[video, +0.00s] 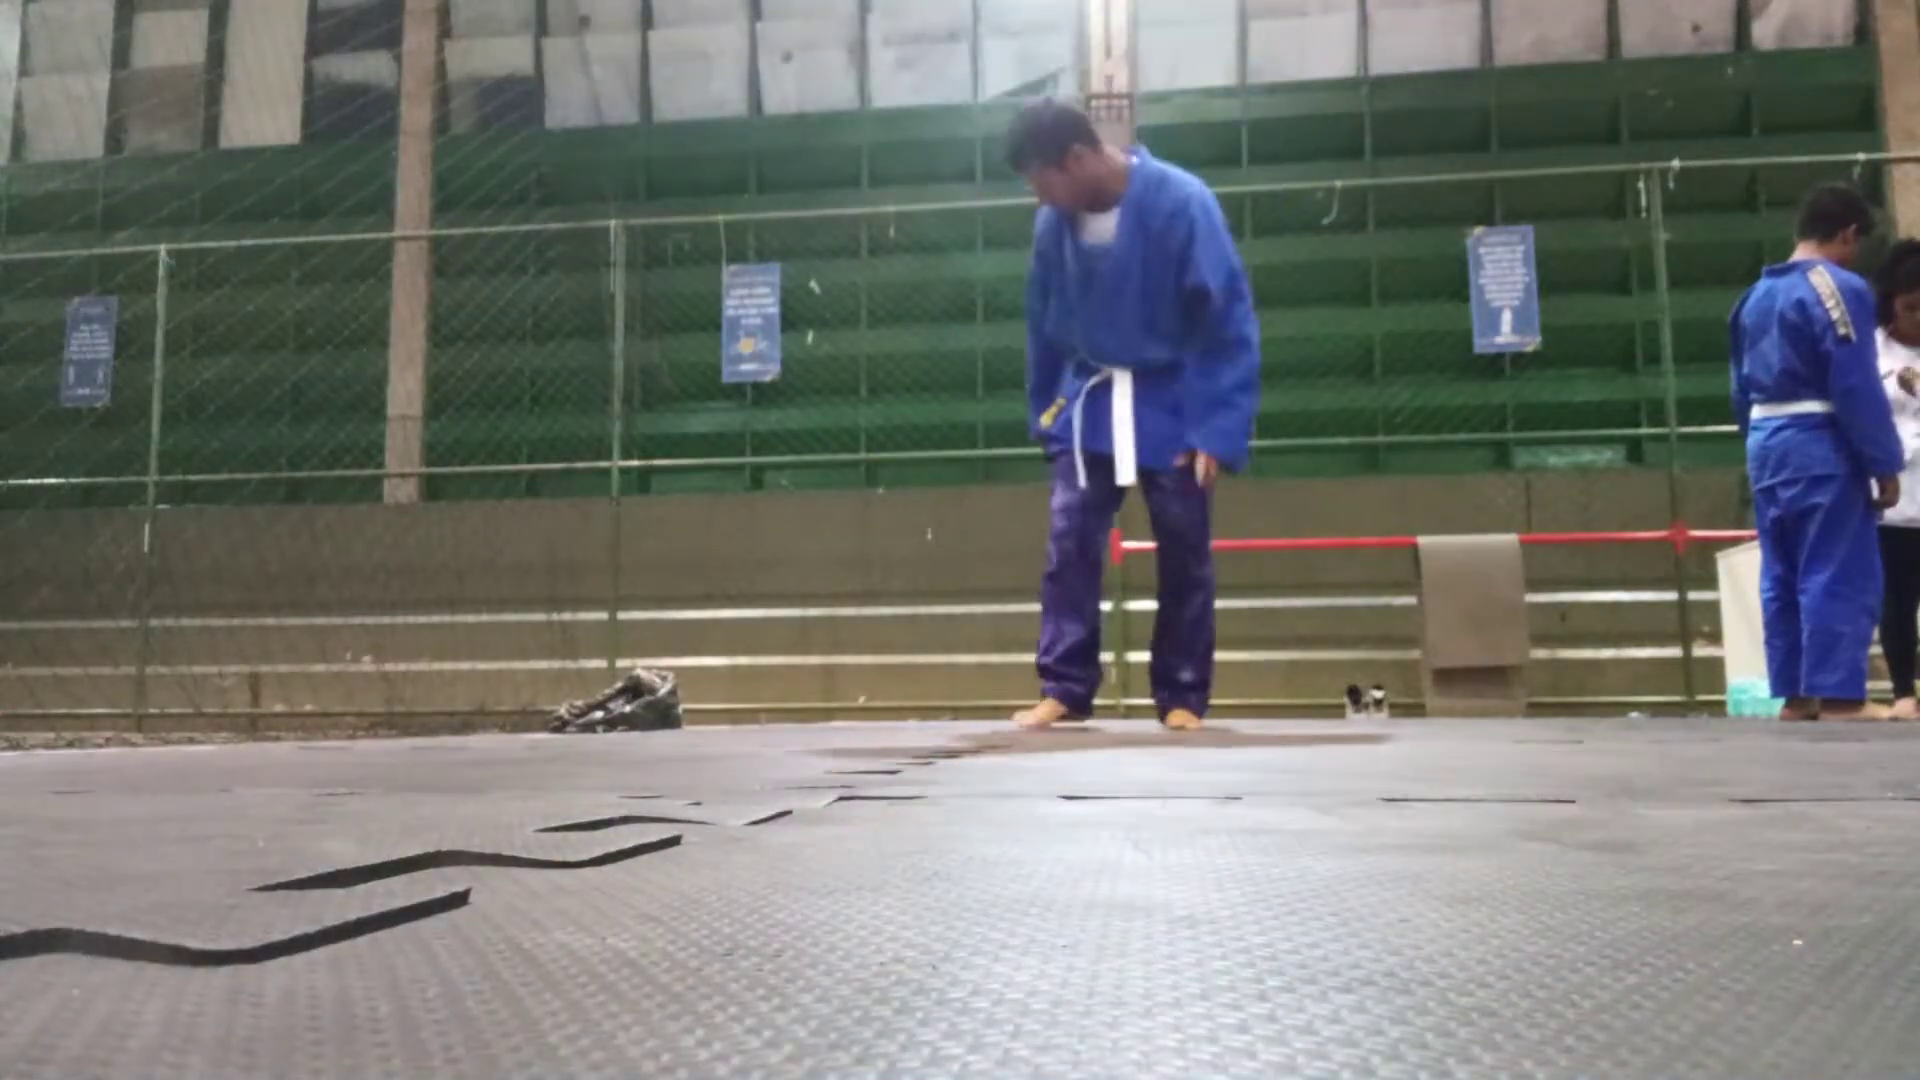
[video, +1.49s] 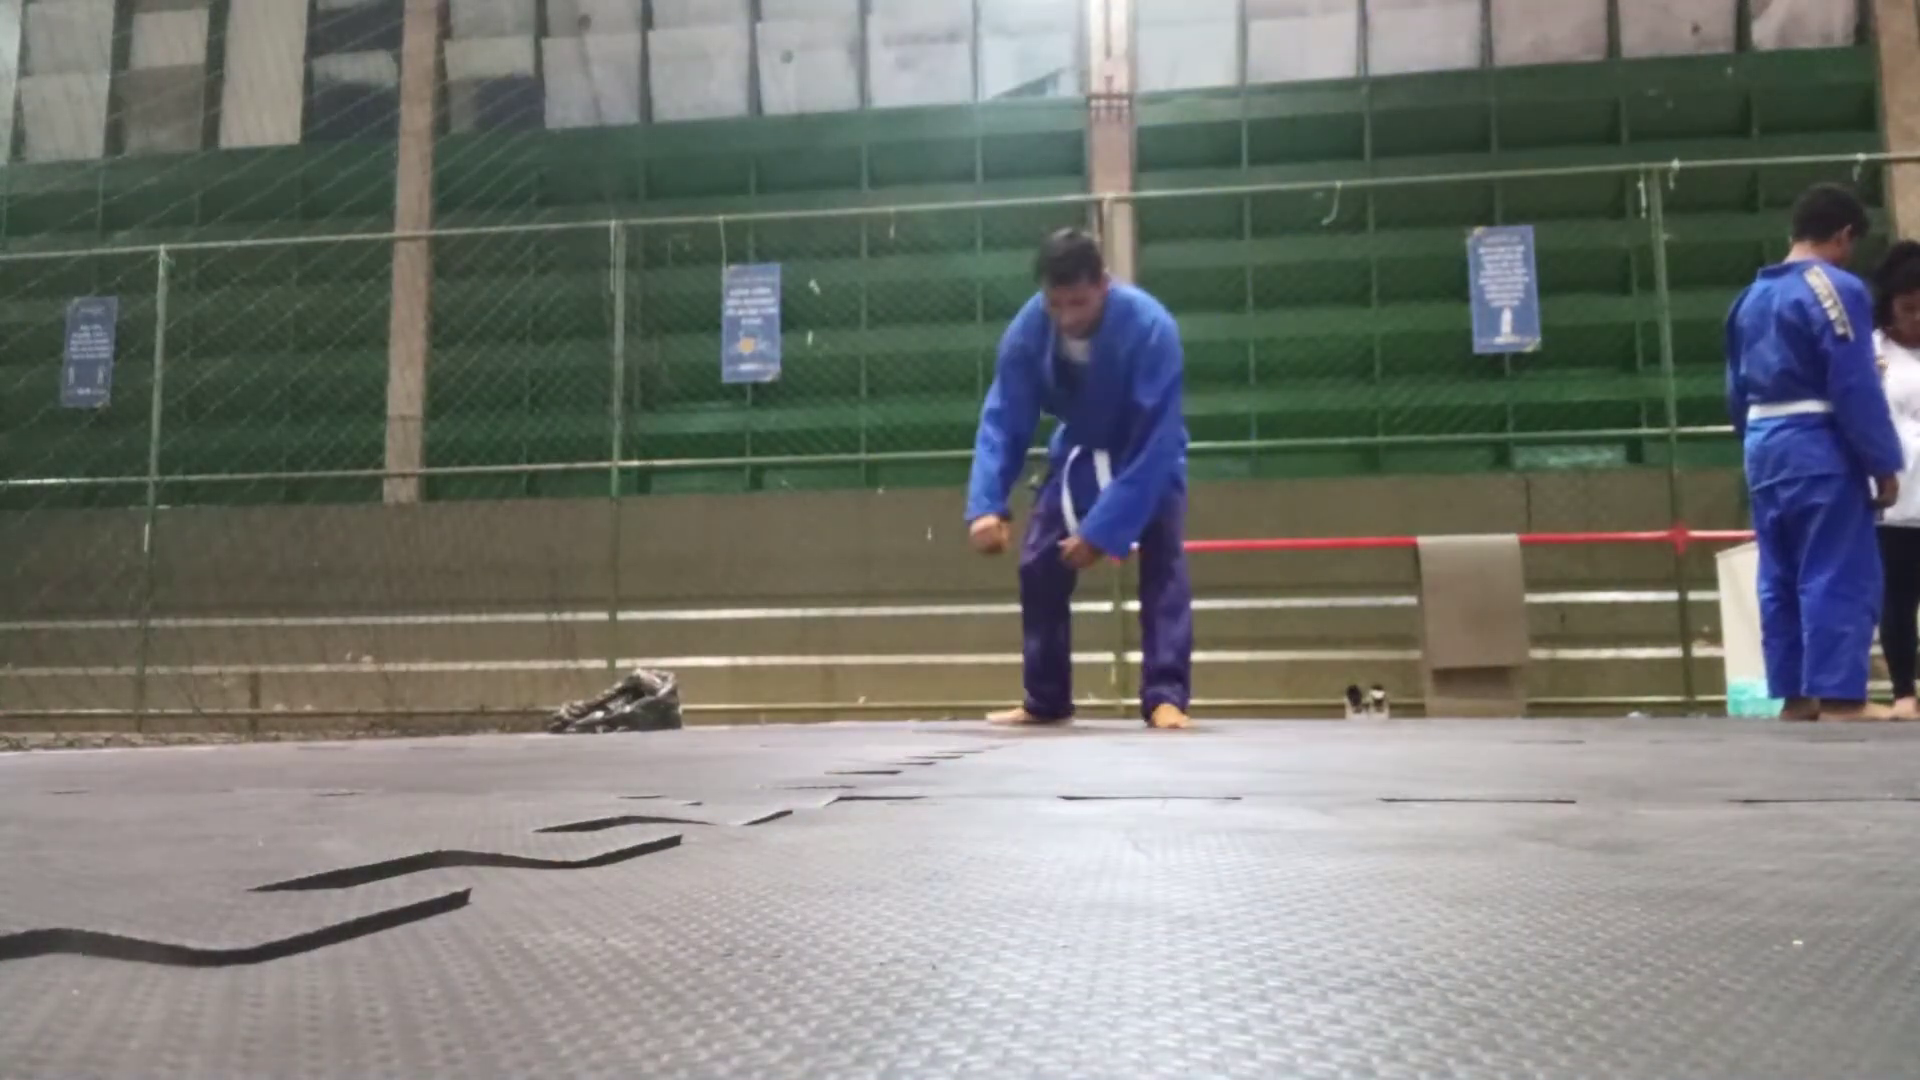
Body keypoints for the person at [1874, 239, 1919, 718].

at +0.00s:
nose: (1914, 317)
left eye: (1917, 307)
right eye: (1908, 307)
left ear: (1919, 306)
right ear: (1890, 306)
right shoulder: (1872, 348)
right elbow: (1855, 409)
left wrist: (1910, 391)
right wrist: (1894, 390)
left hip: (1913, 498)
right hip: (1892, 499)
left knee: (1907, 604)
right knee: (1898, 604)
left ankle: (1908, 689)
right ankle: (1903, 690)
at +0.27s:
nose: (1914, 316)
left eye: (1918, 307)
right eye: (1908, 307)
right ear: (1889, 307)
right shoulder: (1870, 351)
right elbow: (1853, 412)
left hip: (1914, 496)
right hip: (1893, 497)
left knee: (1906, 603)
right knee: (1898, 603)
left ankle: (1908, 688)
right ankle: (1904, 689)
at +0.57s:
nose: (1915, 317)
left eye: (1918, 307)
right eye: (1908, 307)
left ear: (1919, 308)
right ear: (1889, 308)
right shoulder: (1871, 350)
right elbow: (1855, 413)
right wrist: (1873, 468)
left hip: (1913, 496)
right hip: (1894, 497)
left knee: (1906, 604)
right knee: (1898, 604)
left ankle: (1908, 689)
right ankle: (1904, 690)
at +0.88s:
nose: (1914, 316)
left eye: (1917, 307)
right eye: (1907, 306)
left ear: (1919, 307)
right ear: (1888, 306)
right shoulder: (1871, 349)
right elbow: (1840, 394)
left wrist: (1910, 383)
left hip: (1913, 495)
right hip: (1893, 495)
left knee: (1906, 604)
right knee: (1898, 603)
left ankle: (1908, 688)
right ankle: (1904, 690)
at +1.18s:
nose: (1914, 316)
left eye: (1917, 306)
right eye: (1907, 306)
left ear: (1919, 306)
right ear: (1889, 306)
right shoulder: (1872, 352)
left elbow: (1864, 417)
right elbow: (1857, 415)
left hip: (1911, 498)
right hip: (1893, 498)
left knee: (1906, 604)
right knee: (1898, 604)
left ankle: (1908, 689)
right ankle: (1904, 690)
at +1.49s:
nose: (1913, 317)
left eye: (1917, 307)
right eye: (1907, 307)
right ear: (1889, 307)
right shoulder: (1874, 352)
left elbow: (1865, 416)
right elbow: (1859, 414)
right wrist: (1874, 466)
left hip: (1912, 497)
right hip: (1895, 497)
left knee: (1906, 604)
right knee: (1898, 604)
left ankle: (1908, 689)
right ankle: (1904, 690)